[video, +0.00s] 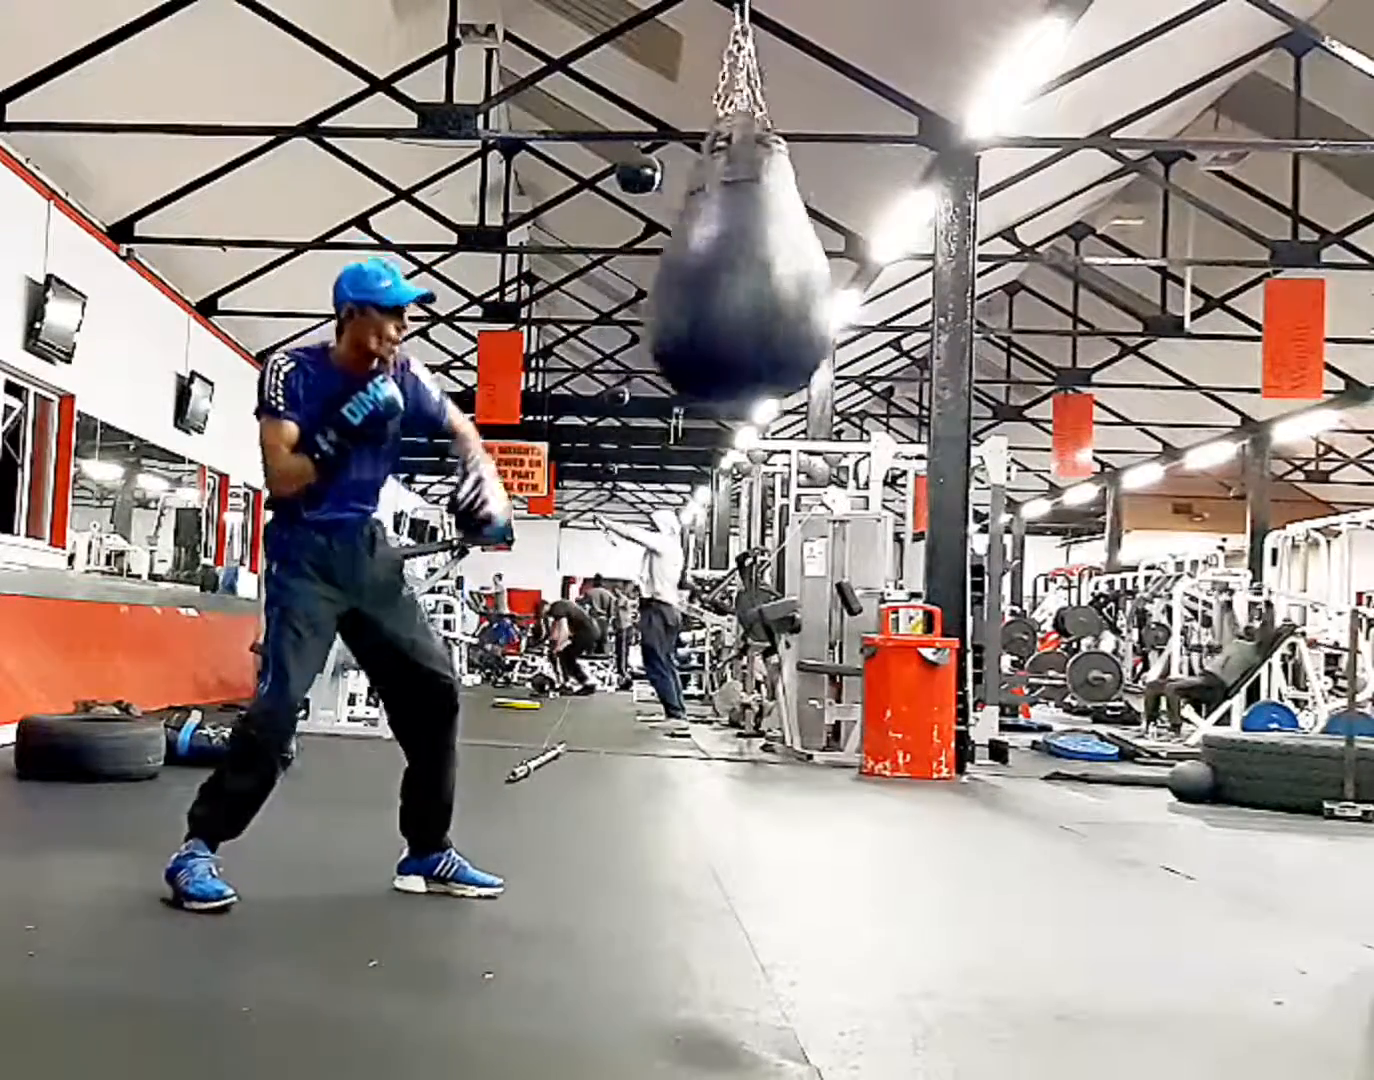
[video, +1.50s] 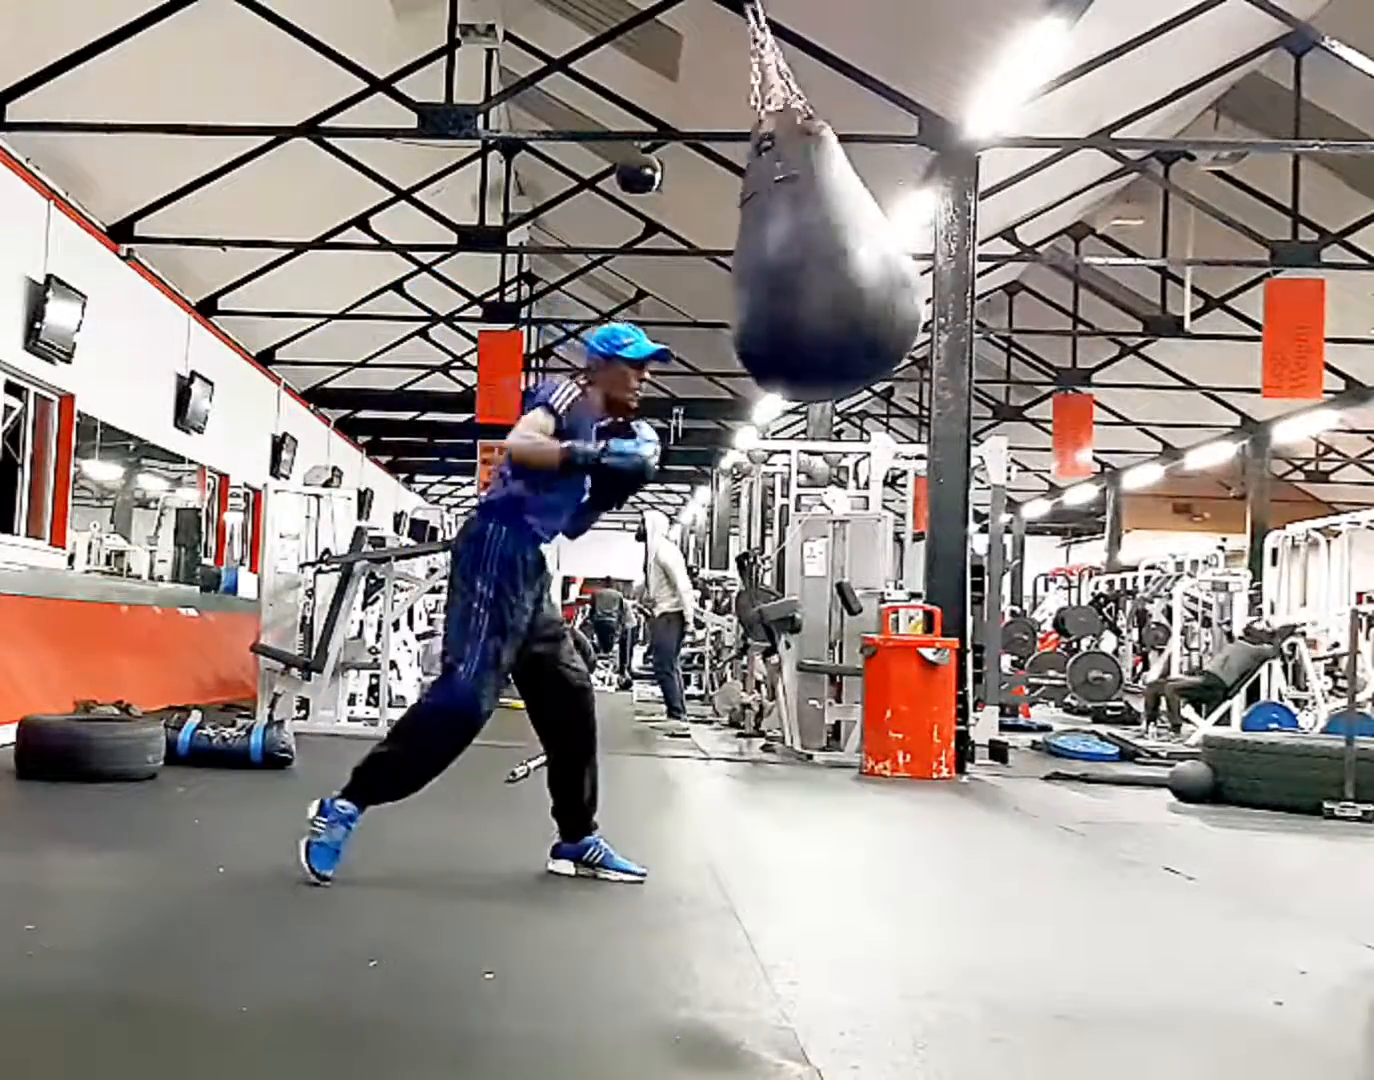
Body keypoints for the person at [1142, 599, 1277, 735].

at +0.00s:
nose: (1252, 626)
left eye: (1257, 625)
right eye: (1253, 623)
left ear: (1262, 633)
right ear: (1247, 629)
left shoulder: (1258, 651)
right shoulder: (1237, 642)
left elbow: (1268, 628)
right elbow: (1231, 625)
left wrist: (1268, 607)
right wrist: (1227, 605)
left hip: (1219, 683)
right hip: (1204, 676)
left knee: (1172, 688)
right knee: (1152, 687)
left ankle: (1175, 730)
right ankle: (1148, 727)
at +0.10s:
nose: (1249, 630)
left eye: (1253, 629)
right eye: (1247, 628)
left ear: (1258, 635)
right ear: (1244, 632)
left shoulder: (1257, 651)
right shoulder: (1235, 643)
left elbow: (1269, 631)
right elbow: (1231, 625)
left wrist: (1270, 610)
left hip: (1218, 684)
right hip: (1203, 677)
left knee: (1172, 688)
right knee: (1152, 687)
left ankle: (1175, 731)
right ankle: (1148, 727)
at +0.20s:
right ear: (1257, 634)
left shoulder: (1258, 650)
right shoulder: (1236, 643)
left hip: (1217, 684)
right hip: (1202, 677)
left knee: (1173, 688)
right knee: (1152, 687)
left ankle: (1175, 731)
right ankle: (1148, 727)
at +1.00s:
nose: (1248, 631)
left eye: (1253, 630)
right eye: (1248, 630)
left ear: (1258, 637)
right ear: (1246, 632)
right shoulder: (1234, 642)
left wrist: (1266, 637)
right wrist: (1225, 608)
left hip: (1217, 682)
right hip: (1203, 676)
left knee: (1172, 688)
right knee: (1153, 687)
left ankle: (1175, 731)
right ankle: (1147, 728)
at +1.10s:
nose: (1248, 628)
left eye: (1252, 627)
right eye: (1247, 626)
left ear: (1259, 635)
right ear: (1243, 631)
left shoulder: (1256, 652)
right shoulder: (1235, 643)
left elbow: (1267, 629)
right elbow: (1234, 627)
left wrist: (1268, 606)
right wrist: (1229, 606)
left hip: (1218, 682)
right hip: (1204, 676)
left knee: (1172, 688)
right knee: (1152, 687)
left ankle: (1175, 729)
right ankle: (1148, 726)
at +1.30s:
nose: (1251, 628)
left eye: (1257, 628)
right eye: (1250, 625)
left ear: (1259, 637)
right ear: (1245, 631)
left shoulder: (1255, 652)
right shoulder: (1233, 641)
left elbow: (1271, 636)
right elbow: (1228, 624)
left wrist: (1269, 615)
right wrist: (1225, 608)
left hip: (1218, 682)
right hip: (1205, 675)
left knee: (1172, 688)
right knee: (1153, 687)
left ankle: (1176, 730)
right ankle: (1148, 725)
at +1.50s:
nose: (1252, 629)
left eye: (1257, 629)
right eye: (1254, 627)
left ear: (1262, 636)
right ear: (1249, 631)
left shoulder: (1259, 650)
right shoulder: (1237, 643)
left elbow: (1277, 651)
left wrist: (1277, 637)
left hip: (1217, 682)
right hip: (1204, 675)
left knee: (1171, 688)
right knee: (1152, 687)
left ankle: (1175, 731)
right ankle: (1147, 729)